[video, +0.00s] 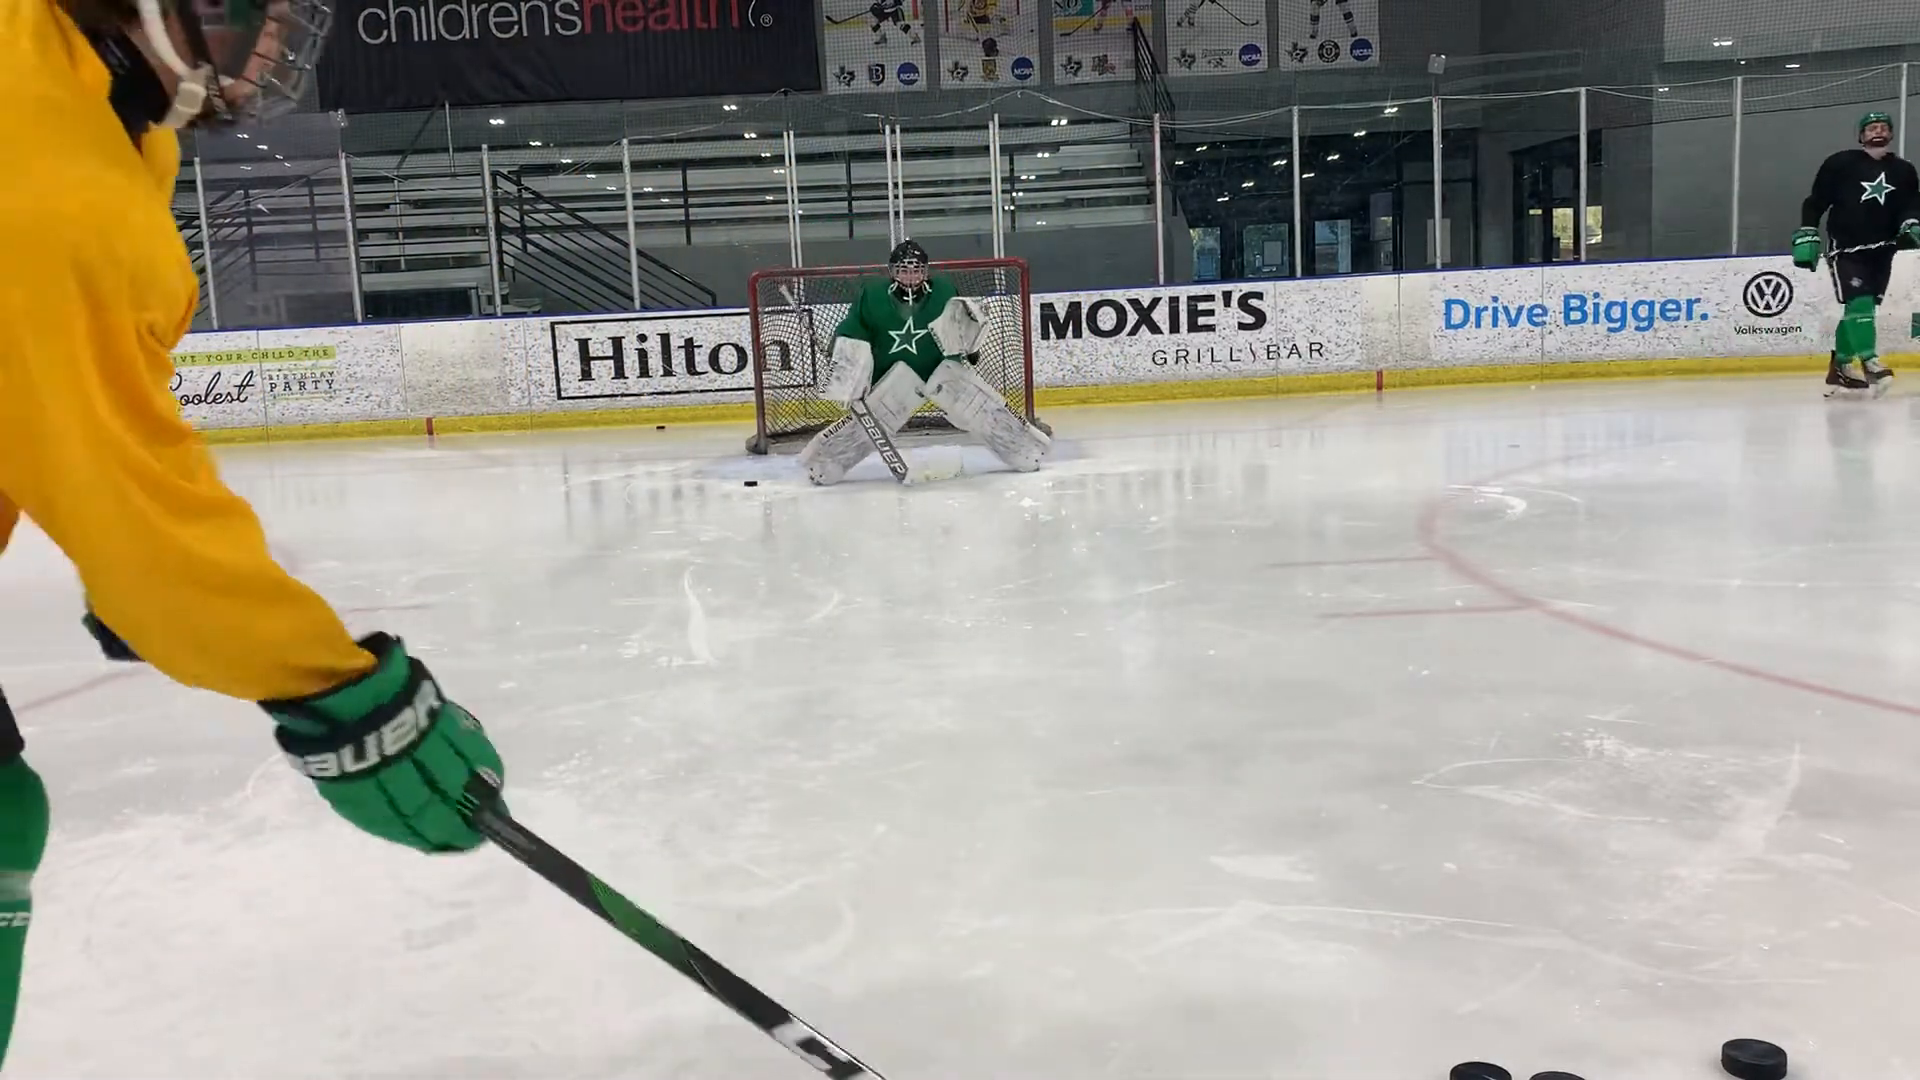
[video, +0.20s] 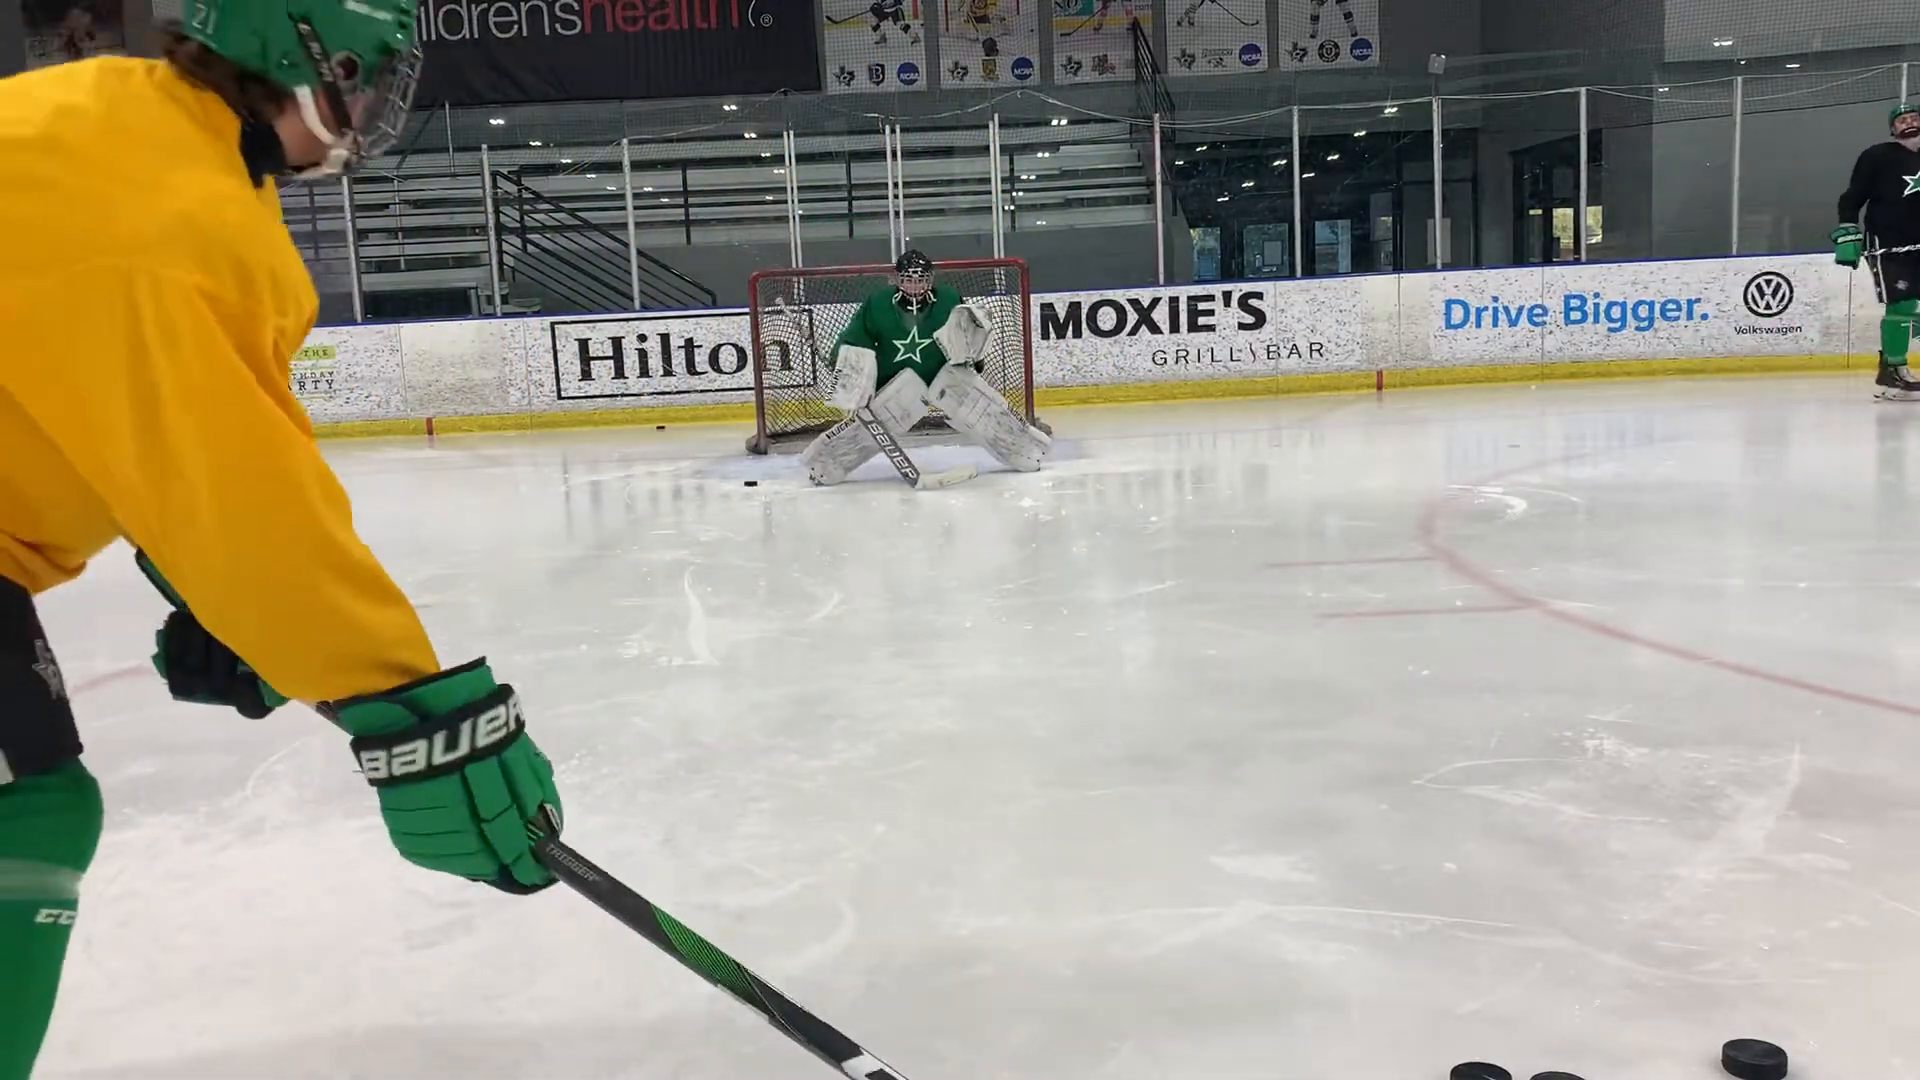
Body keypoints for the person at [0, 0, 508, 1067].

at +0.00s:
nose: (248, 63)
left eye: (264, 32)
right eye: (247, 23)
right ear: (177, 8)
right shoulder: (57, 185)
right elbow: (145, 519)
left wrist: (125, 558)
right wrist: (346, 698)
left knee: (9, 815)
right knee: (3, 820)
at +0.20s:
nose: (370, 122)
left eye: (384, 88)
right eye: (367, 80)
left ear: (223, 36)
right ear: (304, 59)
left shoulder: (107, 113)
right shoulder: (164, 219)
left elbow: (149, 385)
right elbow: (256, 513)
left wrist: (205, 569)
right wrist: (430, 728)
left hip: (7, 551)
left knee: (36, 815)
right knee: (30, 821)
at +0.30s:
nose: (410, 140)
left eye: (423, 105)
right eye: (409, 101)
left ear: (273, 54)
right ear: (356, 81)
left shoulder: (161, 130)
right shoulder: (218, 225)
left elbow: (161, 379)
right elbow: (257, 496)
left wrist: (210, 572)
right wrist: (392, 713)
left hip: (22, 520)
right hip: (4, 530)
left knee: (50, 803)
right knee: (55, 809)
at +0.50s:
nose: (452, 134)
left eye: (461, 107)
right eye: (451, 103)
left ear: (330, 56)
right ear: (405, 92)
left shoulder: (190, 82)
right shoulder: (358, 239)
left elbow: (64, 171)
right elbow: (356, 440)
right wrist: (444, 430)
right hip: (83, 482)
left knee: (164, 676)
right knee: (65, 836)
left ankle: (98, 907)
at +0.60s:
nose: (478, 109)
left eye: (483, 80)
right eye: (475, 78)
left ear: (354, 45)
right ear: (439, 68)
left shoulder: (216, 66)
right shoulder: (457, 211)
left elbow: (78, 186)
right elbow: (404, 344)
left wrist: (80, 309)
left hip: (40, 409)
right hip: (152, 469)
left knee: (267, 651)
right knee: (27, 804)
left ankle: (225, 883)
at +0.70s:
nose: (502, 85)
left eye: (501, 65)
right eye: (496, 63)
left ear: (368, 40)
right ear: (468, 58)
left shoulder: (264, 74)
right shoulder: (471, 151)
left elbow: (116, 208)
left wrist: (164, 332)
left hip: (111, 374)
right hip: (234, 411)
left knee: (314, 636)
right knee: (56, 741)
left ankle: (273, 873)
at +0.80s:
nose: (505, 59)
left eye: (503, 42)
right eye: (499, 40)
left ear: (381, 26)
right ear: (479, 40)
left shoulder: (285, 65)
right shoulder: (489, 121)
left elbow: (161, 233)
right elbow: (557, 187)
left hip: (165, 354)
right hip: (287, 385)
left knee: (350, 614)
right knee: (133, 704)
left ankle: (333, 862)